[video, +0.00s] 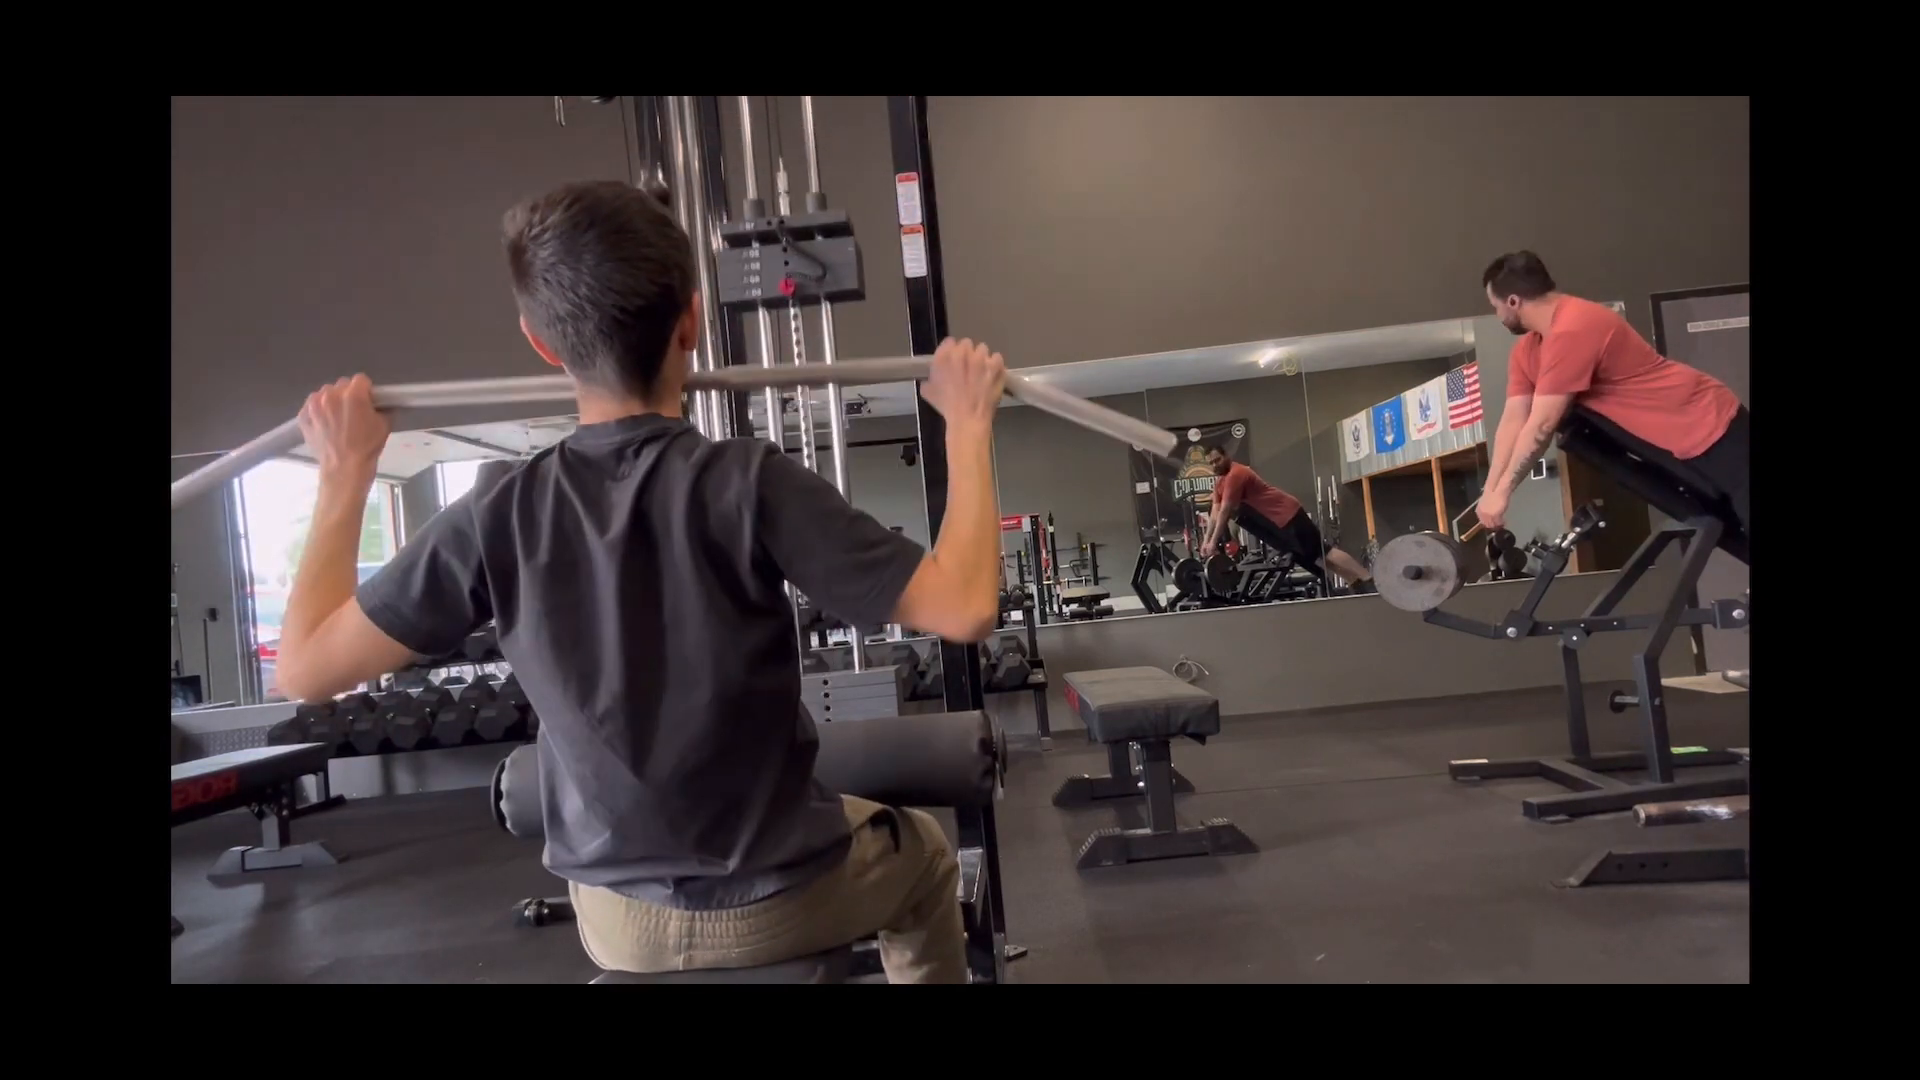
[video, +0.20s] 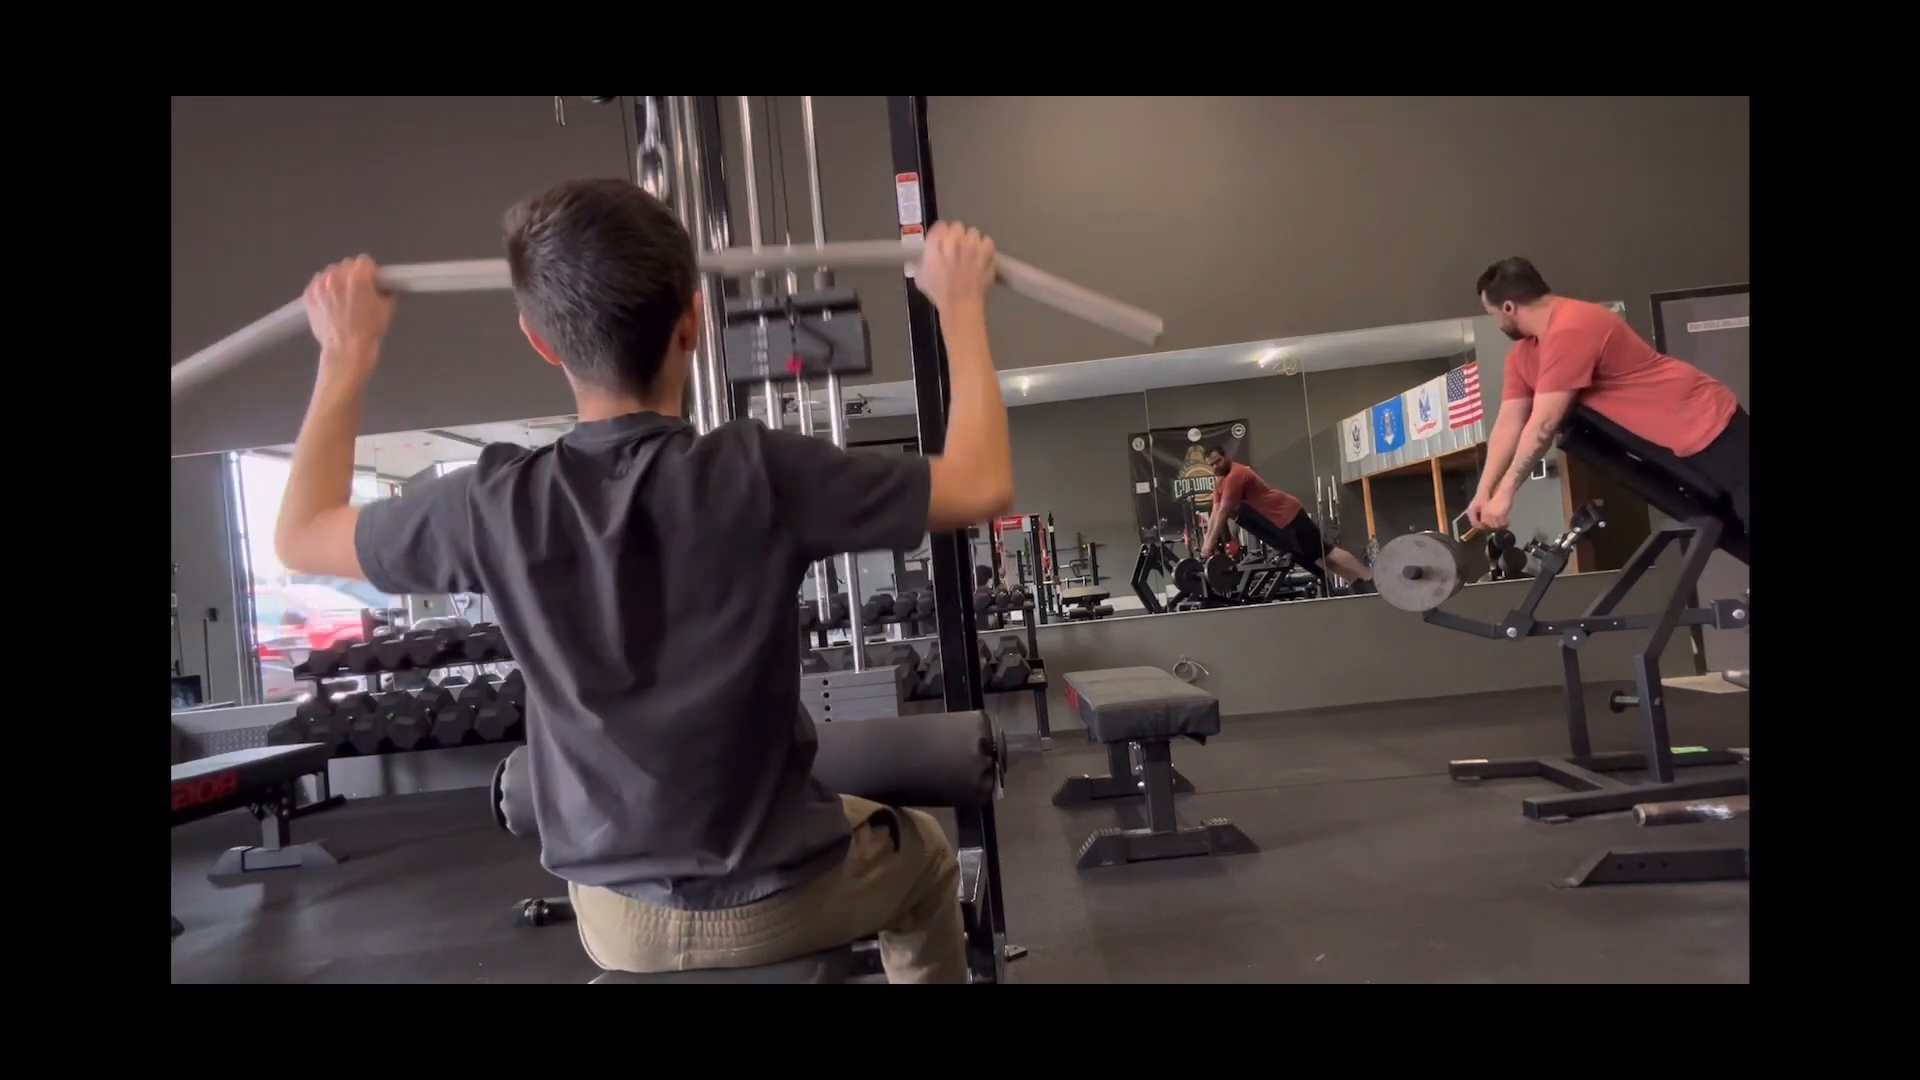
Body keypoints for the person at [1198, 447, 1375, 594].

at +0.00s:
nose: (1215, 464)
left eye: (1217, 459)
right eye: (1211, 462)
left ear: (1226, 456)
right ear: (1209, 466)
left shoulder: (1237, 473)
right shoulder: (1220, 484)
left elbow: (1226, 511)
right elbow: (1215, 512)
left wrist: (1214, 542)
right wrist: (1207, 540)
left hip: (1289, 514)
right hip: (1279, 525)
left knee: (1324, 550)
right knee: (1317, 558)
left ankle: (1368, 579)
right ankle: (1355, 583)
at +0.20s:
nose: (1216, 464)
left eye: (1218, 459)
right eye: (1212, 463)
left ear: (1226, 457)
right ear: (1209, 467)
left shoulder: (1238, 473)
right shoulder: (1220, 484)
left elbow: (1225, 511)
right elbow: (1215, 512)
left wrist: (1211, 540)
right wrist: (1208, 540)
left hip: (1290, 514)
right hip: (1278, 526)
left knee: (1326, 550)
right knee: (1318, 558)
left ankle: (1370, 577)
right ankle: (1355, 583)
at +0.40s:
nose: (1217, 465)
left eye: (1219, 460)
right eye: (1212, 464)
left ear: (1226, 457)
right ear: (1210, 468)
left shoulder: (1237, 474)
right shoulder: (1220, 483)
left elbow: (1224, 512)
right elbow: (1214, 512)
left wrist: (1211, 541)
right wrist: (1206, 540)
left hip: (1290, 514)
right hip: (1279, 525)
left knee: (1327, 551)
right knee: (1319, 558)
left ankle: (1370, 578)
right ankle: (1356, 583)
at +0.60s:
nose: (1217, 465)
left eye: (1219, 460)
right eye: (1212, 464)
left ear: (1227, 457)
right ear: (1210, 467)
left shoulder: (1238, 474)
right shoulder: (1219, 483)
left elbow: (1224, 512)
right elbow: (1214, 512)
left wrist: (1212, 541)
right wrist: (1206, 540)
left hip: (1289, 514)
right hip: (1278, 525)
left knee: (1325, 551)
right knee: (1318, 558)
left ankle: (1369, 579)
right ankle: (1356, 584)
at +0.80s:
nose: (1217, 465)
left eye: (1219, 460)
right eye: (1212, 464)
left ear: (1226, 457)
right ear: (1210, 467)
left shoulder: (1237, 474)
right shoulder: (1219, 483)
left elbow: (1225, 511)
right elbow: (1214, 513)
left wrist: (1212, 542)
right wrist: (1206, 540)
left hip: (1289, 513)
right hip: (1278, 524)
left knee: (1324, 552)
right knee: (1317, 559)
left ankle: (1367, 581)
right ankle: (1355, 584)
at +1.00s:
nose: (1217, 465)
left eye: (1219, 460)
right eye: (1212, 464)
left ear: (1226, 457)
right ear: (1210, 468)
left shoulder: (1238, 474)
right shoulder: (1219, 484)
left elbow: (1226, 511)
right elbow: (1216, 512)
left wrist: (1213, 542)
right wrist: (1207, 540)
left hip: (1290, 513)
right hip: (1279, 525)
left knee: (1325, 550)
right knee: (1318, 558)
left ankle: (1368, 582)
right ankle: (1355, 584)